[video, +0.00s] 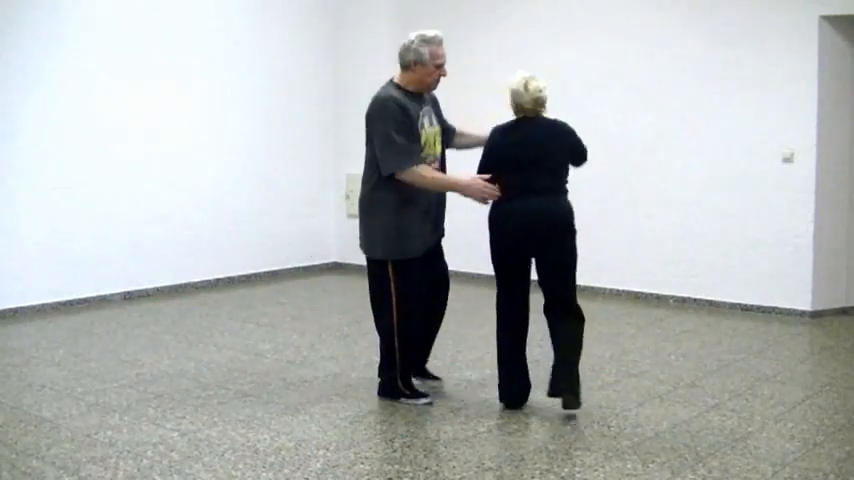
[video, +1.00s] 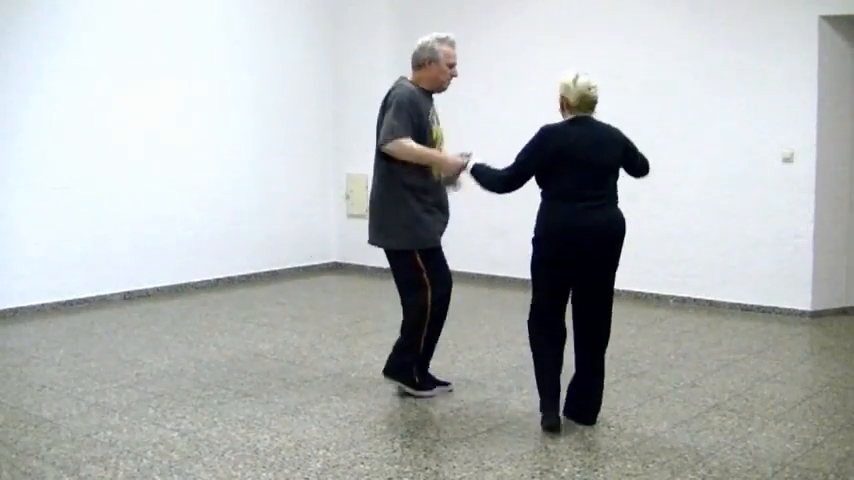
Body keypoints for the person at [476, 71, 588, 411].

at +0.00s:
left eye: (516, 100)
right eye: (540, 98)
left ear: (513, 104)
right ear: (544, 101)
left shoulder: (500, 135)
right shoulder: (559, 131)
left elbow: (483, 178)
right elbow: (580, 157)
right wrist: (550, 138)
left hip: (509, 226)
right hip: (554, 224)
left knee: (511, 304)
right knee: (562, 301)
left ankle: (512, 392)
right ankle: (566, 383)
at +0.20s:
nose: (525, 110)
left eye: (527, 105)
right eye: (526, 104)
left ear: (537, 109)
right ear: (560, 110)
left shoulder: (526, 142)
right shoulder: (581, 144)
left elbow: (500, 197)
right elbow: (575, 189)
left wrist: (474, 181)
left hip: (533, 239)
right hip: (579, 239)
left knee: (522, 315)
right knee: (578, 318)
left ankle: (513, 394)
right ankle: (582, 405)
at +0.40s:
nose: (539, 104)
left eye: (543, 98)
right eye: (541, 97)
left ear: (553, 103)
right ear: (575, 105)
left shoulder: (544, 136)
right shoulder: (593, 139)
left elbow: (510, 186)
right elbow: (580, 190)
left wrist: (474, 179)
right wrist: (535, 199)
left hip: (552, 234)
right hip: (597, 235)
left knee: (530, 306)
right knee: (587, 321)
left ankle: (533, 390)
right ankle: (584, 408)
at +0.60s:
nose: (546, 106)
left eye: (549, 101)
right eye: (547, 100)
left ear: (557, 106)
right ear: (584, 107)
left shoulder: (550, 140)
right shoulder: (603, 144)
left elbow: (515, 190)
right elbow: (614, 199)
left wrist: (476, 184)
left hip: (558, 245)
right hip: (601, 247)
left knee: (547, 321)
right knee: (588, 326)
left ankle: (557, 406)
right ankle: (585, 409)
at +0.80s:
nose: (550, 104)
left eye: (552, 99)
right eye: (552, 98)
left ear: (560, 104)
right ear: (587, 105)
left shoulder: (551, 137)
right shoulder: (606, 137)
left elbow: (512, 183)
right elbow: (629, 178)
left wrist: (483, 169)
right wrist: (594, 169)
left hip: (561, 235)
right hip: (607, 236)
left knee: (540, 306)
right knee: (594, 318)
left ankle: (551, 394)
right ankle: (584, 408)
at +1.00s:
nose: (558, 104)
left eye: (559, 100)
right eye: (562, 99)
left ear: (564, 103)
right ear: (595, 103)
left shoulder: (550, 137)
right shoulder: (612, 136)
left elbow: (506, 181)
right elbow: (641, 169)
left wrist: (471, 165)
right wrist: (612, 147)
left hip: (555, 240)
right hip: (603, 241)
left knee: (546, 319)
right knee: (594, 320)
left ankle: (550, 410)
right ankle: (585, 409)